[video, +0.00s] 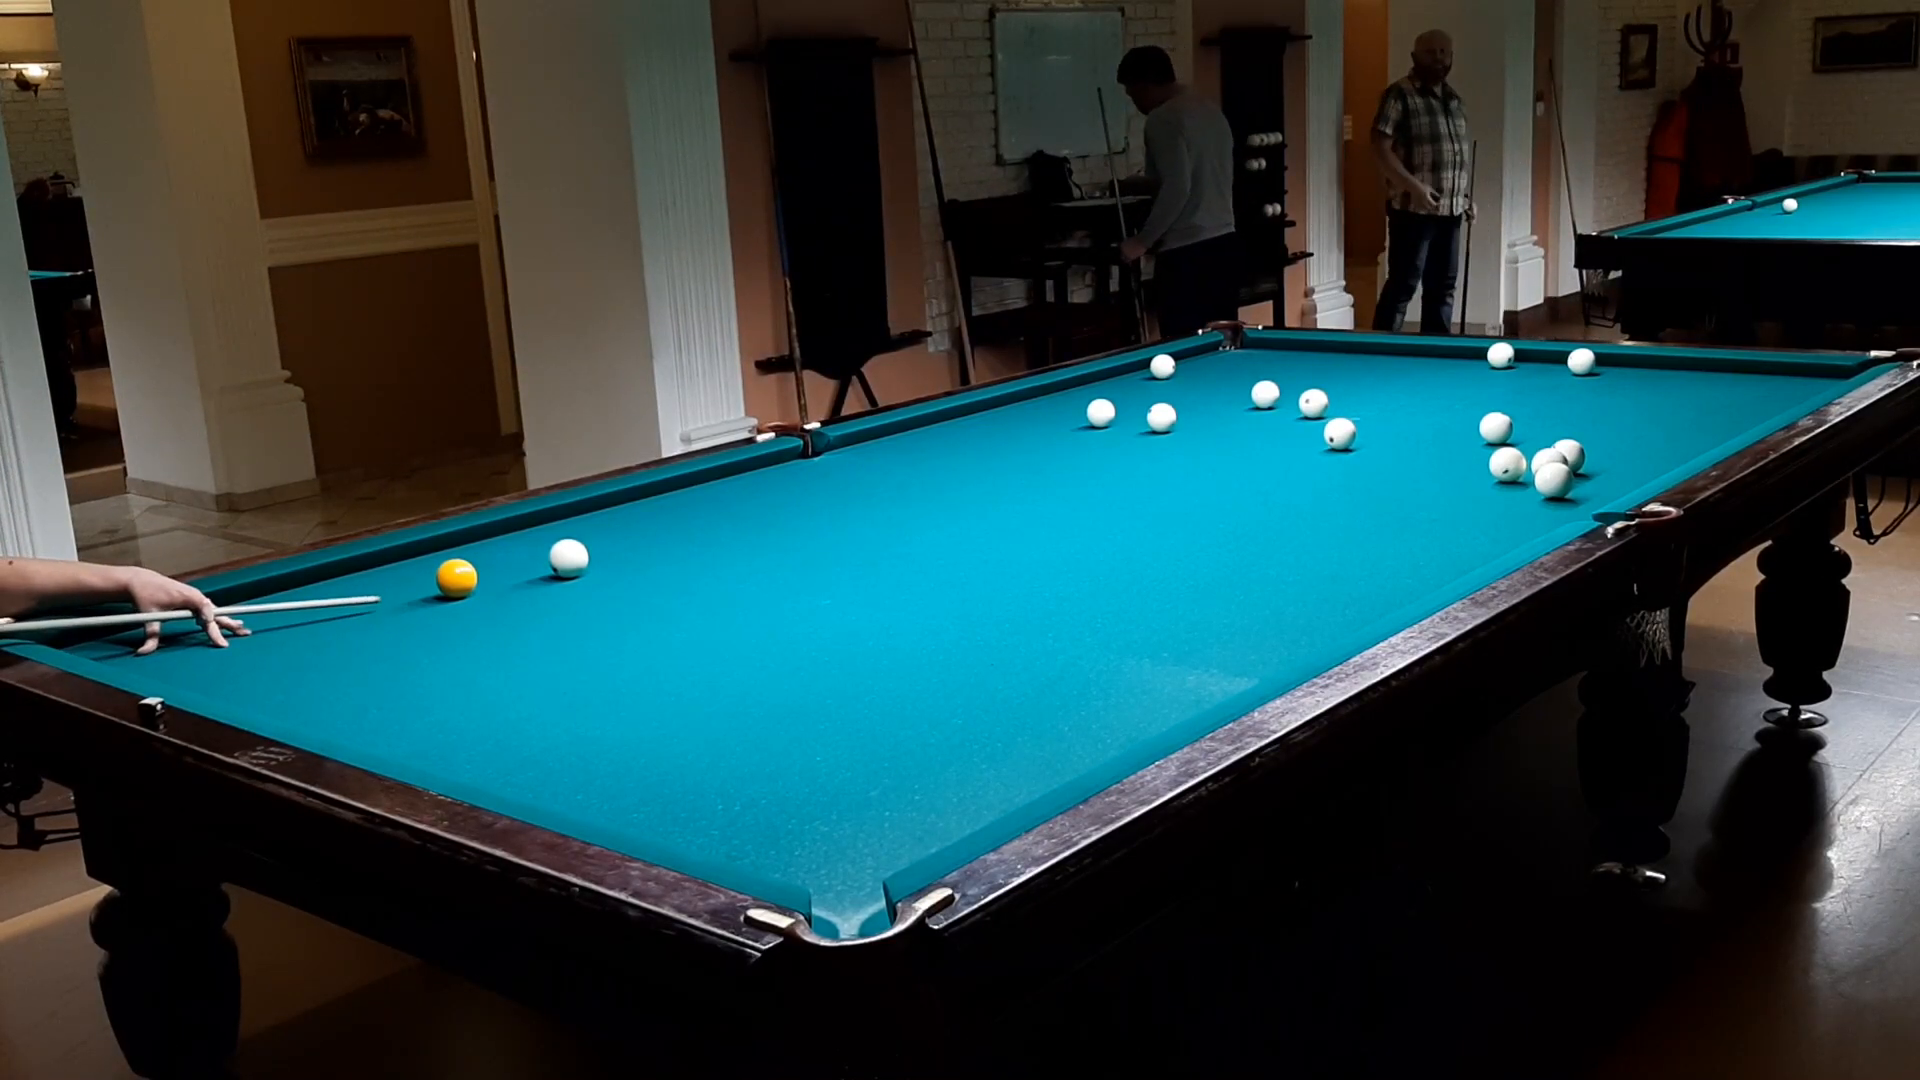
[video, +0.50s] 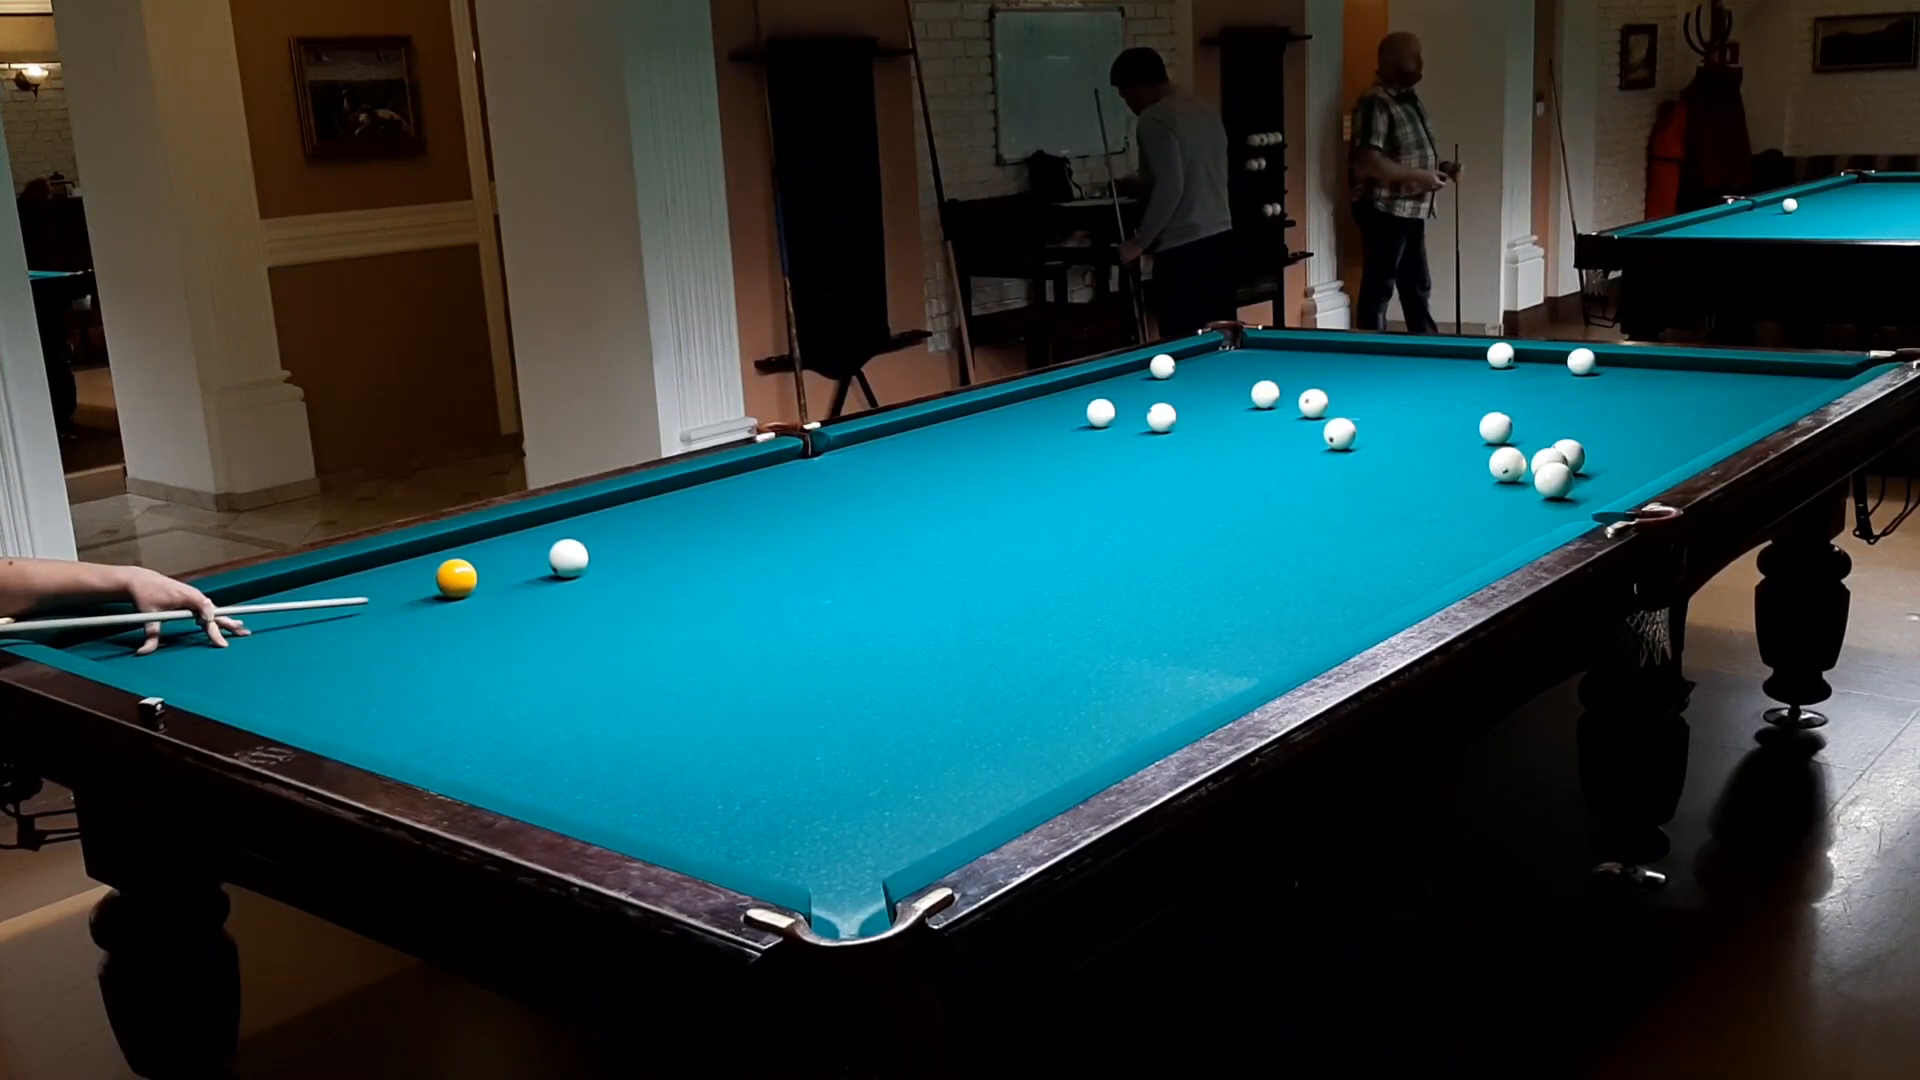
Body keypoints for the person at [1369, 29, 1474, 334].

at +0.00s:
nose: (1439, 59)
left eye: (1444, 53)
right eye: (1430, 53)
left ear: (1452, 57)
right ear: (1415, 57)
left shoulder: (1453, 99)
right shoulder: (1399, 94)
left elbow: (1456, 155)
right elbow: (1380, 149)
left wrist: (1463, 198)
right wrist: (1414, 186)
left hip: (1449, 212)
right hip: (1412, 211)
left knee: (1443, 289)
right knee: (1402, 285)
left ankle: (1436, 355)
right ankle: (1380, 350)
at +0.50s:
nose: (1422, 64)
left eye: (1421, 57)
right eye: (1415, 57)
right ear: (1392, 61)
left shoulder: (1409, 99)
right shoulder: (1374, 102)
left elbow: (1409, 155)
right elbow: (1368, 161)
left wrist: (1439, 167)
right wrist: (1417, 176)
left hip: (1410, 212)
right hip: (1383, 211)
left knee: (1416, 286)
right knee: (1377, 289)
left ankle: (1427, 349)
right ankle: (1370, 353)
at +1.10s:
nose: (1404, 70)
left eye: (1403, 64)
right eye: (1398, 64)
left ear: (1380, 69)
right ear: (1377, 68)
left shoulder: (1393, 106)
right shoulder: (1355, 109)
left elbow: (1386, 157)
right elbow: (1345, 169)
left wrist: (1415, 159)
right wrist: (1394, 171)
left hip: (1389, 218)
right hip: (1362, 217)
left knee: (1402, 290)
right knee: (1365, 292)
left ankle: (1425, 352)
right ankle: (1364, 359)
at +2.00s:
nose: (1401, 71)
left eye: (1400, 64)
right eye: (1394, 65)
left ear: (1381, 69)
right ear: (1373, 68)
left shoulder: (1394, 103)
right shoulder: (1354, 108)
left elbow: (1388, 154)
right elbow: (1348, 168)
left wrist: (1416, 153)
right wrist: (1400, 154)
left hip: (1390, 217)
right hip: (1363, 217)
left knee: (1405, 290)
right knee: (1366, 293)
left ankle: (1426, 353)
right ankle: (1364, 360)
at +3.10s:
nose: (1403, 83)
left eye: (1405, 77)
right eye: (1397, 77)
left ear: (1402, 74)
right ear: (1377, 73)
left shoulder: (1394, 104)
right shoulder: (1354, 108)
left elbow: (1389, 155)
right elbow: (1352, 168)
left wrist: (1418, 154)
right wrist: (1404, 151)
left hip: (1390, 217)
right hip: (1363, 216)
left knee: (1404, 290)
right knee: (1366, 292)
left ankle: (1426, 353)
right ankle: (1363, 359)